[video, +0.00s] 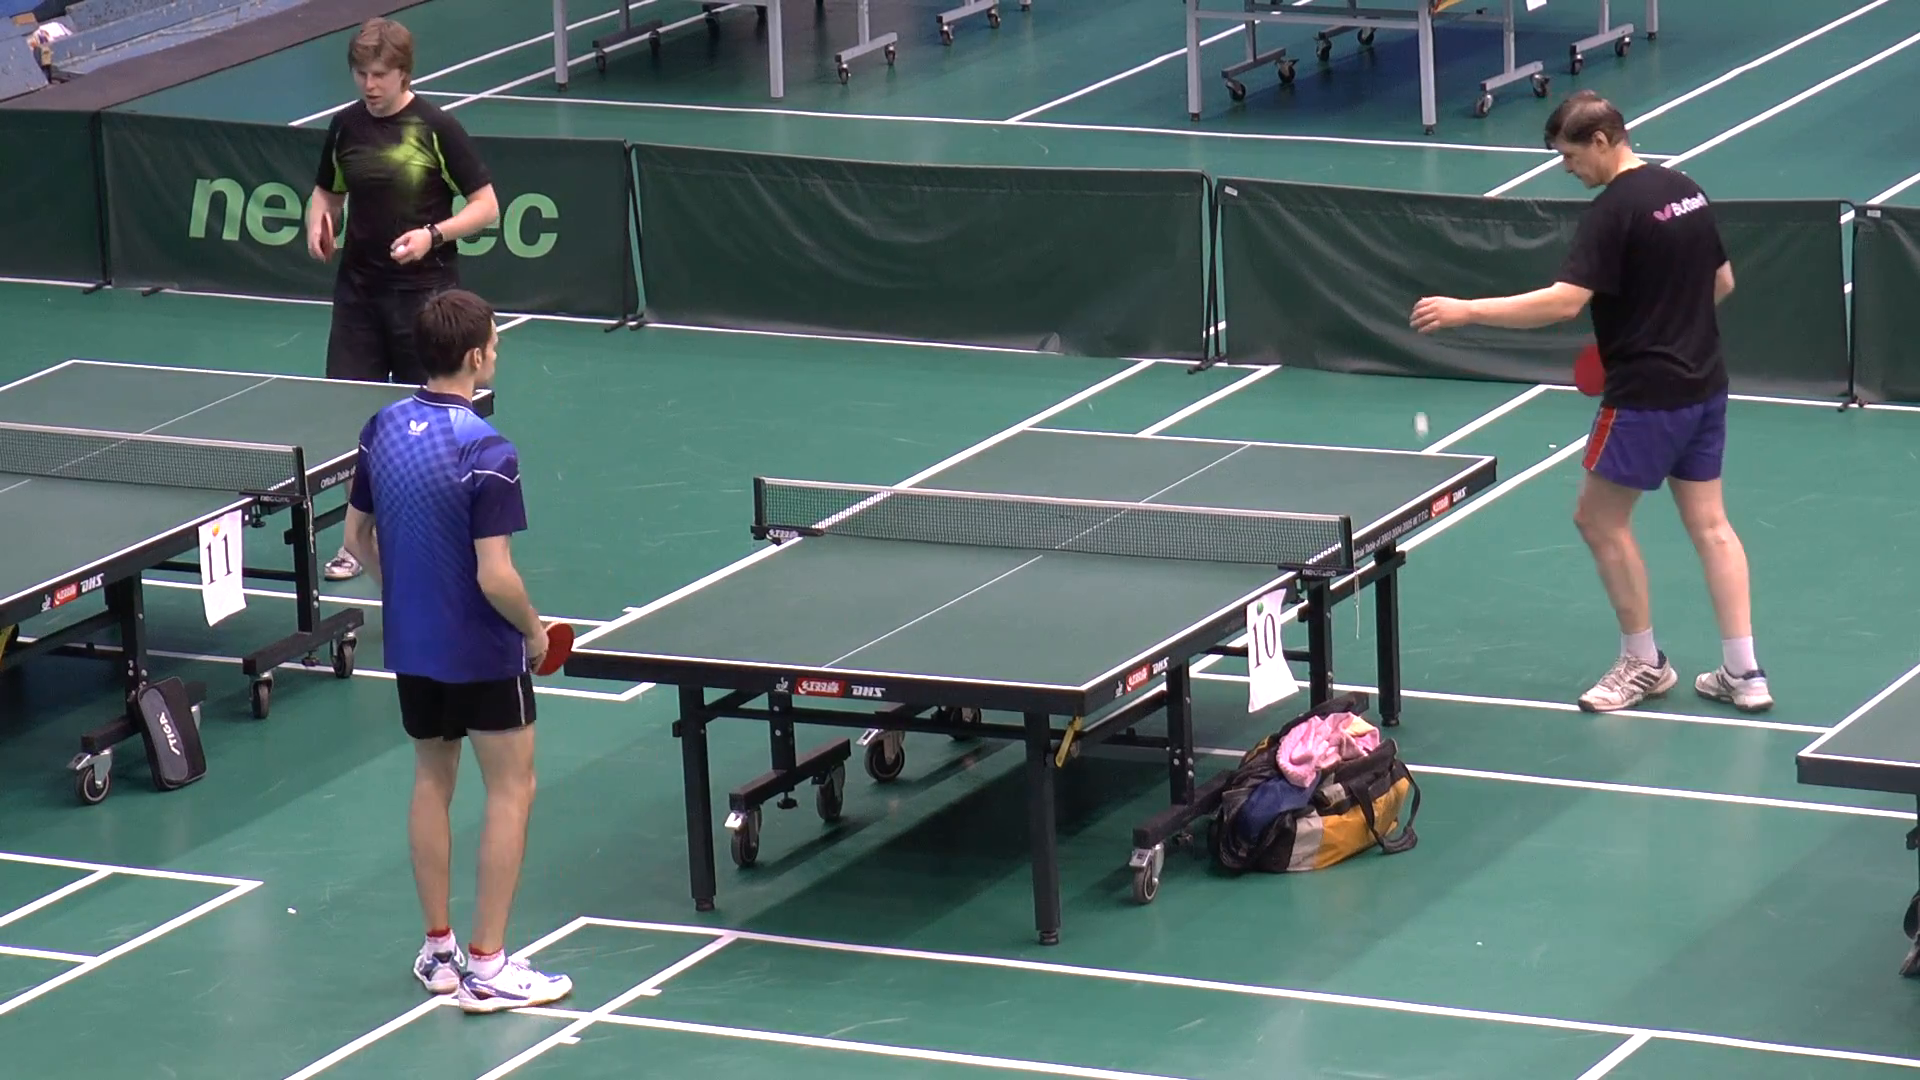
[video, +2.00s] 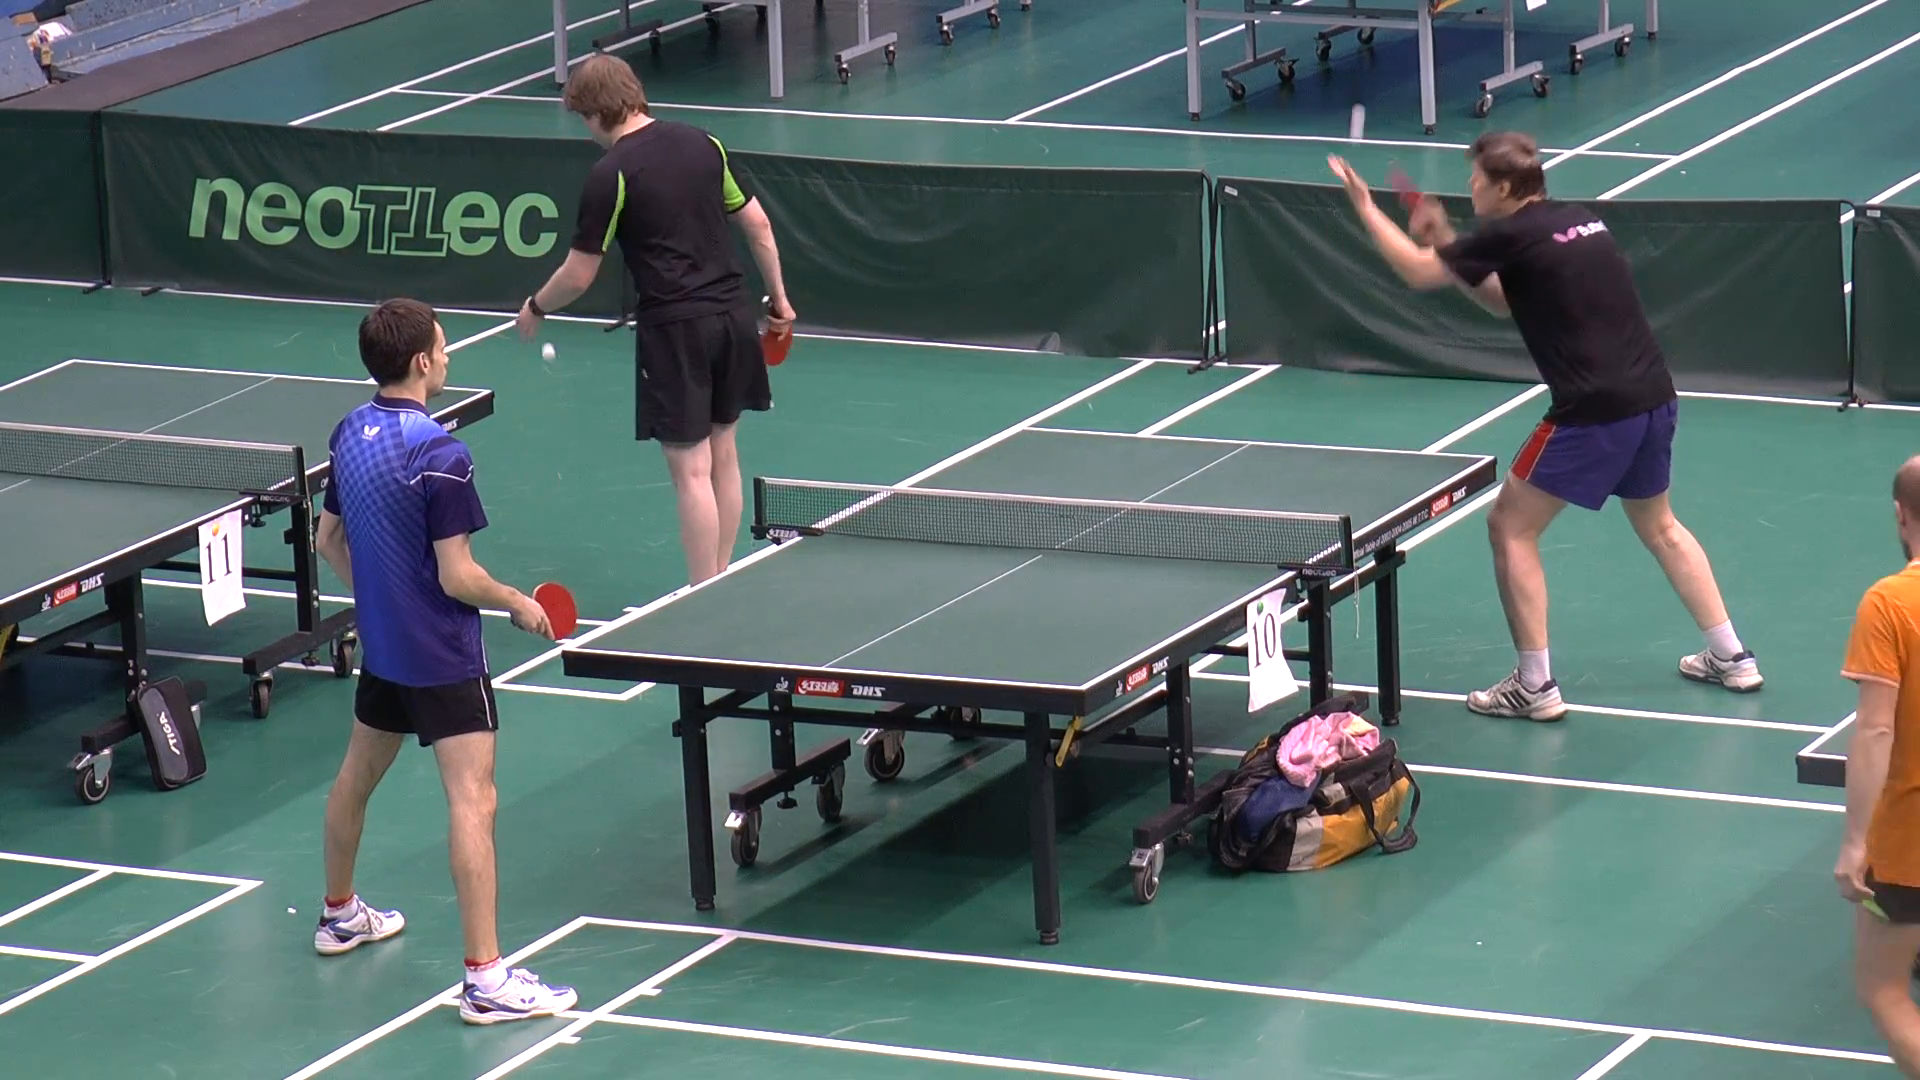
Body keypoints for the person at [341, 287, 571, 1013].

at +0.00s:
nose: (496, 352)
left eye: (492, 341)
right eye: (493, 344)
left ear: (426, 353)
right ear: (477, 354)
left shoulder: (384, 424)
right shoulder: (486, 448)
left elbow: (360, 541)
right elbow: (494, 576)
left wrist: (408, 586)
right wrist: (536, 631)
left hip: (413, 648)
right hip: (482, 652)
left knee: (433, 779)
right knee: (510, 787)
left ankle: (438, 950)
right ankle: (487, 961)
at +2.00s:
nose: (445, 356)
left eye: (442, 344)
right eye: (441, 346)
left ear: (376, 365)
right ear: (425, 360)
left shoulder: (350, 430)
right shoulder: (439, 448)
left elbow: (329, 538)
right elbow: (457, 575)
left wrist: (380, 596)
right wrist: (517, 602)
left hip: (383, 648)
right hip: (443, 655)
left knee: (355, 780)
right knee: (473, 802)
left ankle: (340, 912)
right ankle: (486, 974)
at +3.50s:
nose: (524, 418)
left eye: (524, 406)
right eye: (521, 406)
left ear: (458, 402)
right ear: (493, 410)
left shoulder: (404, 460)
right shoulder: (481, 490)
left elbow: (357, 562)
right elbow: (525, 609)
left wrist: (424, 595)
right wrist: (613, 623)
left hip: (408, 676)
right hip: (469, 686)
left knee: (416, 778)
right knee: (572, 808)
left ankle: (346, 926)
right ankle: (495, 966)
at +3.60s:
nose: (530, 440)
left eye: (530, 428)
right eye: (525, 428)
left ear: (467, 425)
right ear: (495, 430)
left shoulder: (412, 481)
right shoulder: (488, 513)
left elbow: (376, 573)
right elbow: (550, 617)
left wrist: (467, 598)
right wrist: (657, 638)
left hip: (418, 693)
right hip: (481, 699)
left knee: (418, 794)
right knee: (619, 786)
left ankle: (339, 934)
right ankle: (535, 936)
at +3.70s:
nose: (568, 456)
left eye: (568, 444)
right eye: (563, 445)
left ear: (512, 442)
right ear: (525, 445)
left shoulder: (451, 488)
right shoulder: (528, 525)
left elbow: (404, 553)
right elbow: (620, 608)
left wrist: (496, 581)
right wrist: (735, 621)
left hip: (438, 702)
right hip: (503, 706)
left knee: (421, 802)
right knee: (658, 769)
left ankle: (340, 933)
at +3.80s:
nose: (647, 457)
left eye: (647, 444)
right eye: (639, 446)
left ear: (576, 442)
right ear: (597, 445)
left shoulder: (513, 479)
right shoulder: (594, 521)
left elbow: (437, 524)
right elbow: (707, 589)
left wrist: (496, 546)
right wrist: (829, 600)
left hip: (479, 700)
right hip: (552, 703)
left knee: (426, 805)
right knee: (708, 767)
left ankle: (339, 935)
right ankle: (784, 927)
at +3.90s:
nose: (737, 469)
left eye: (739, 456)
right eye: (732, 457)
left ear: (669, 442)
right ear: (693, 450)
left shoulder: (596, 472)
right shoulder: (695, 523)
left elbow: (497, 503)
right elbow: (810, 594)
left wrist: (442, 526)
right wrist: (920, 600)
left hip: (544, 688)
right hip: (622, 697)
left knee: (458, 793)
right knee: (766, 779)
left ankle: (359, 924)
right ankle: (859, 938)